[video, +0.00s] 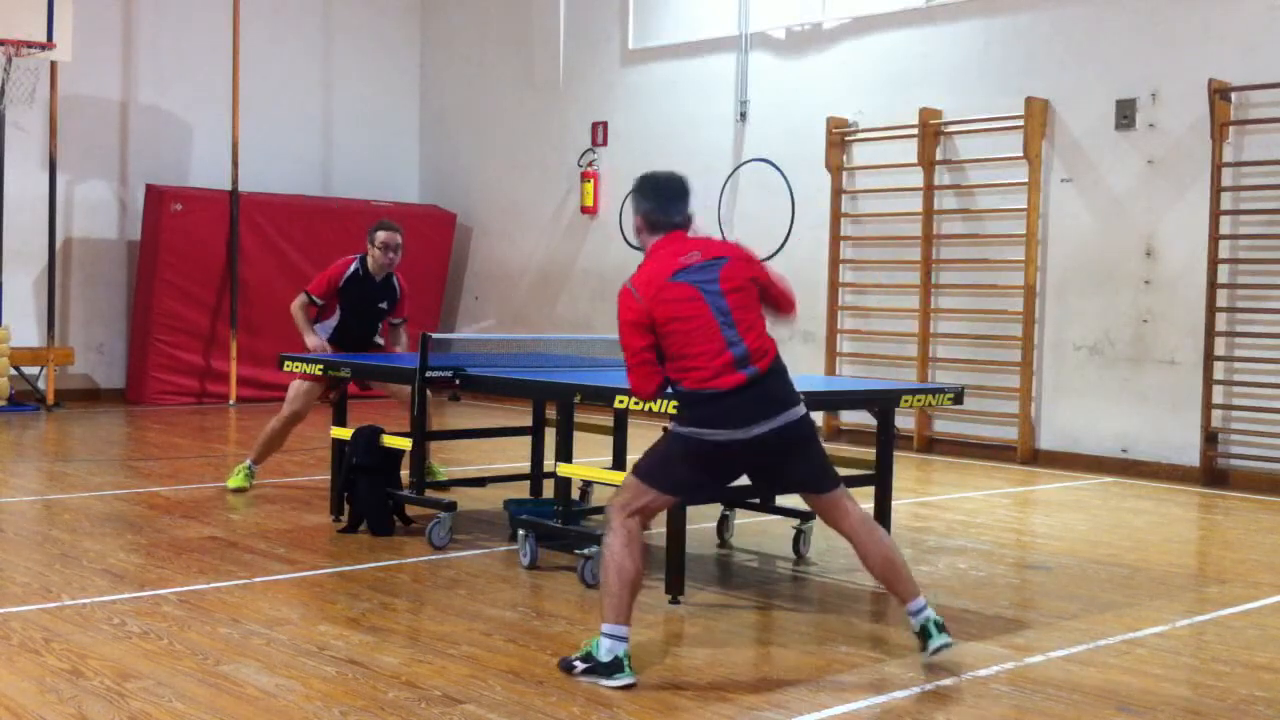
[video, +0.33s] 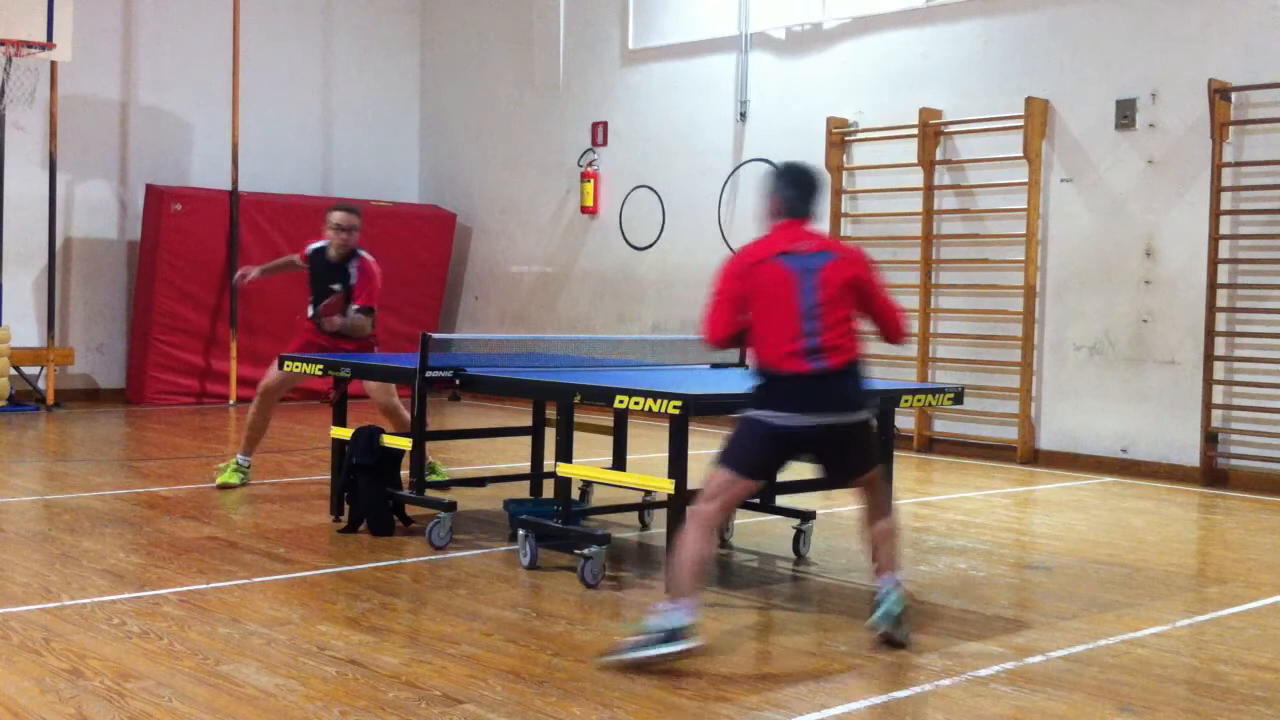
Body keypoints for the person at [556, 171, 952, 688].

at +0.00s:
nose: (633, 226)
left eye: (633, 219)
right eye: (635, 219)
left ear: (639, 222)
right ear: (688, 217)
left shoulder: (638, 291)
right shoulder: (733, 255)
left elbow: (645, 385)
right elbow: (786, 305)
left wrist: (678, 347)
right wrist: (734, 283)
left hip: (709, 435)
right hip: (782, 421)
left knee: (625, 514)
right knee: (849, 516)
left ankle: (610, 650)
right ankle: (926, 621)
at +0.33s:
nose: (766, 204)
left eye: (768, 197)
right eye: (774, 196)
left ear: (773, 202)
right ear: (814, 205)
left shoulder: (747, 261)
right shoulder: (847, 258)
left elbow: (718, 336)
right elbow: (896, 330)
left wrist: (758, 316)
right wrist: (854, 294)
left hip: (776, 412)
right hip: (843, 412)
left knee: (707, 507)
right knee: (875, 495)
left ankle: (678, 613)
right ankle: (889, 590)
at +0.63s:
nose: (966, 249)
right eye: (966, 242)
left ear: (922, 239)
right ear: (961, 243)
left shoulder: (885, 284)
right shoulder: (953, 286)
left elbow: (856, 357)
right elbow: (963, 358)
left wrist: (921, 380)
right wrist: (1021, 403)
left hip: (864, 426)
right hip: (928, 428)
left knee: (813, 528)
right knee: (974, 500)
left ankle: (766, 611)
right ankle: (963, 607)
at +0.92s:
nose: (956, 175)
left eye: (956, 168)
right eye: (1000, 181)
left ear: (955, 171)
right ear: (1003, 182)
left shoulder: (914, 223)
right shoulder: (1018, 226)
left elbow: (923, 279)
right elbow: (985, 274)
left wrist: (1010, 291)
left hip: (927, 374)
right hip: (992, 379)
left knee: (890, 445)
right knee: (994, 465)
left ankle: (918, 503)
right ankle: (983, 569)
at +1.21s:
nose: (948, 191)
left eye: (950, 183)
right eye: (950, 183)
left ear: (957, 191)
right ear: (1006, 193)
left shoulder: (944, 265)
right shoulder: (1036, 243)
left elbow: (927, 344)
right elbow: (1032, 304)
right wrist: (965, 232)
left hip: (973, 398)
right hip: (1032, 381)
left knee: (969, 508)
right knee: (1034, 335)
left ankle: (1006, 629)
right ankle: (1038, 419)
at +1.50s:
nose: (965, 164)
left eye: (970, 157)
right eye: (970, 155)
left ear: (977, 167)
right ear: (1024, 172)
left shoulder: (958, 232)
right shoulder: (1051, 229)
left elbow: (961, 323)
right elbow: (1067, 313)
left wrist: (960, 408)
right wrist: (1012, 308)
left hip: (983, 388)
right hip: (1042, 382)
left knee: (979, 510)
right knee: (1036, 452)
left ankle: (1004, 628)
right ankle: (1052, 551)